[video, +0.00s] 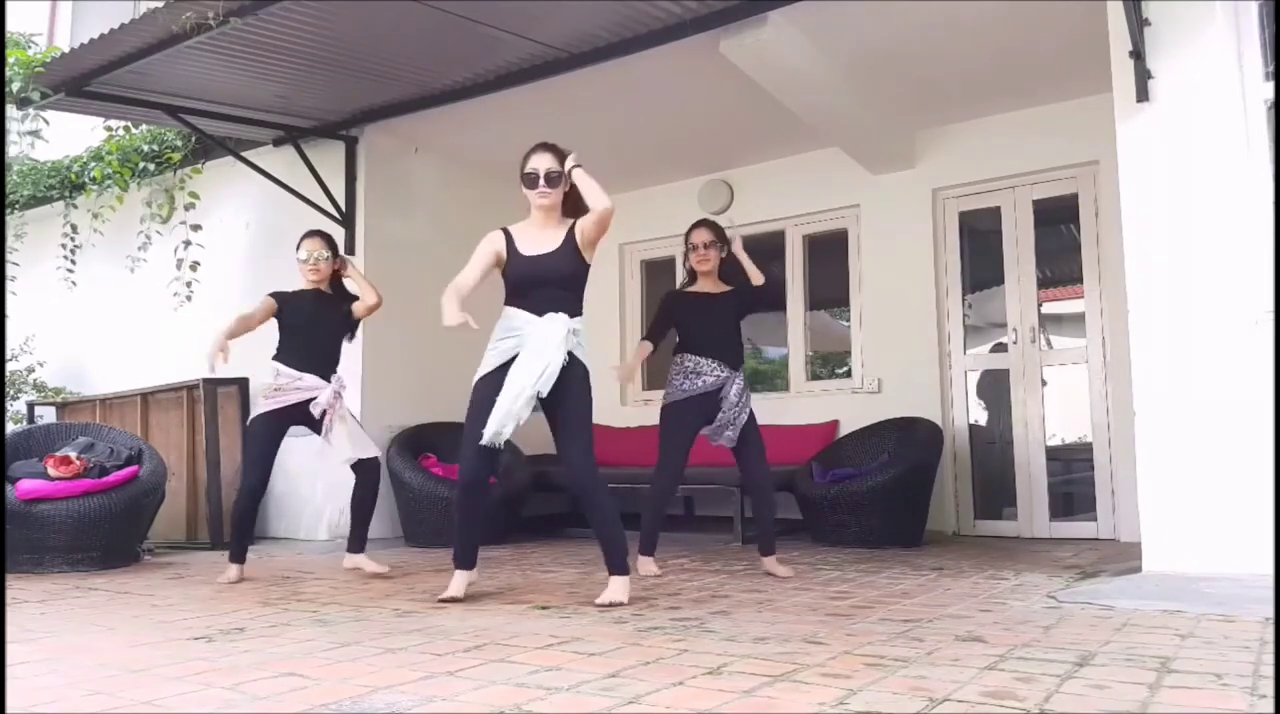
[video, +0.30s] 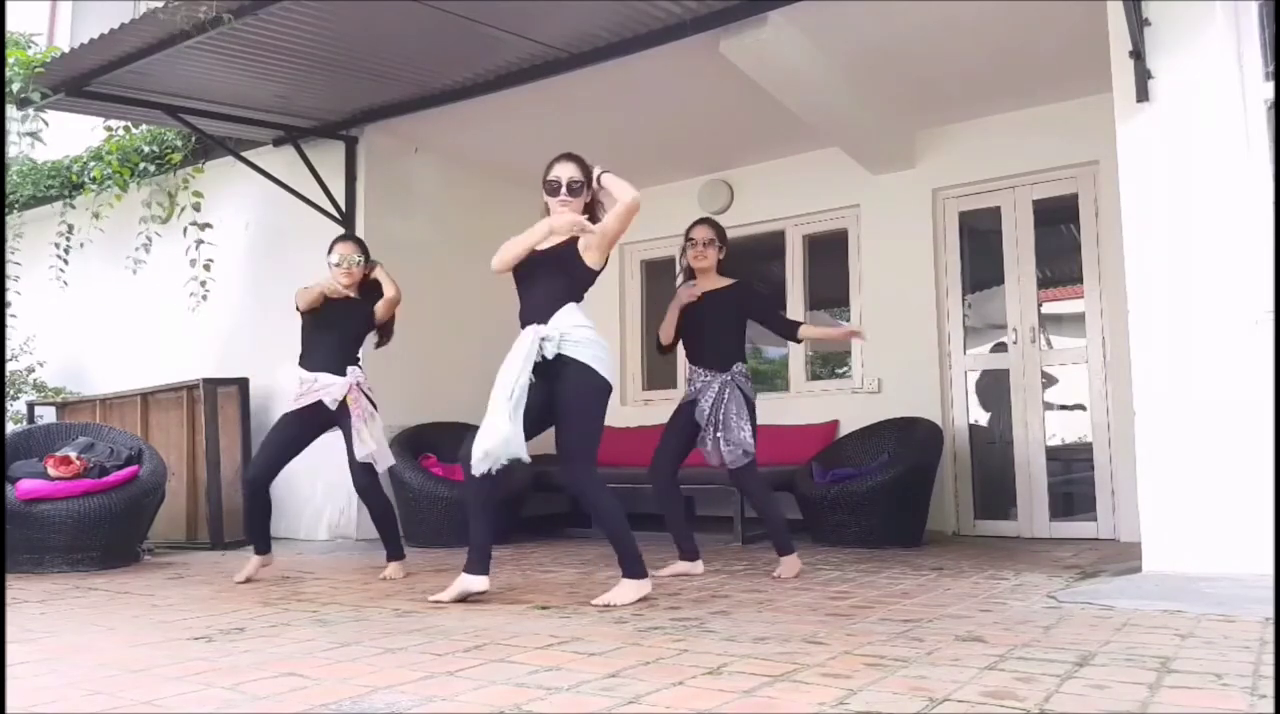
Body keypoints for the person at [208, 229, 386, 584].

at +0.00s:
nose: (311, 264)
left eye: (319, 257)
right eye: (304, 258)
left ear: (334, 265)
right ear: (297, 263)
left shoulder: (345, 306)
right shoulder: (283, 300)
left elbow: (373, 301)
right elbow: (252, 319)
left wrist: (350, 270)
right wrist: (224, 336)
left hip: (324, 399)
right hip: (280, 396)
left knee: (370, 467)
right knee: (253, 481)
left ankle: (356, 553)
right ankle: (236, 564)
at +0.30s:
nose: (345, 269)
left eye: (352, 262)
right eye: (338, 263)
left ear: (365, 268)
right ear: (327, 267)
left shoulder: (369, 309)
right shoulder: (312, 298)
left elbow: (392, 295)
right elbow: (304, 300)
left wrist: (378, 271)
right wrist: (325, 287)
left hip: (353, 402)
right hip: (311, 400)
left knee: (366, 483)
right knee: (256, 475)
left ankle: (396, 559)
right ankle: (261, 553)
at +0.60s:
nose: (331, 273)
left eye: (339, 266)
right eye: (323, 267)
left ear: (351, 273)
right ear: (314, 275)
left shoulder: (367, 311)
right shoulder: (306, 318)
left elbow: (393, 332)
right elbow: (270, 356)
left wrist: (381, 296)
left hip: (343, 410)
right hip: (302, 406)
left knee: (354, 494)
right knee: (254, 482)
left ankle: (394, 559)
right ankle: (256, 559)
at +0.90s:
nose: (311, 248)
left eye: (318, 242)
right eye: (303, 243)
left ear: (330, 249)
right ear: (292, 251)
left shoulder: (347, 297)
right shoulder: (278, 297)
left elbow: (362, 351)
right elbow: (256, 350)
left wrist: (376, 394)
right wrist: (241, 405)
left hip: (333, 391)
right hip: (287, 391)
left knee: (348, 476)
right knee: (261, 481)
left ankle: (362, 560)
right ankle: (250, 562)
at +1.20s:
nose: (302, 252)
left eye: (309, 247)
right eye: (294, 246)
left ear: (319, 253)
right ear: (283, 252)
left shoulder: (334, 299)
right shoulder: (264, 294)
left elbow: (347, 353)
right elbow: (247, 350)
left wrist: (353, 394)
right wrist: (243, 401)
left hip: (322, 390)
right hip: (274, 390)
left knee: (347, 472)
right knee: (257, 483)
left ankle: (357, 558)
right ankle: (244, 563)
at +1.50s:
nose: (310, 253)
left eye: (317, 246)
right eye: (301, 247)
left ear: (328, 252)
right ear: (291, 254)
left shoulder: (346, 298)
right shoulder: (279, 298)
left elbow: (355, 352)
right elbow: (268, 357)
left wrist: (364, 389)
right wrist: (259, 411)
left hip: (335, 393)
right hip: (288, 393)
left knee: (354, 474)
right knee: (269, 479)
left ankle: (357, 561)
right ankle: (242, 560)